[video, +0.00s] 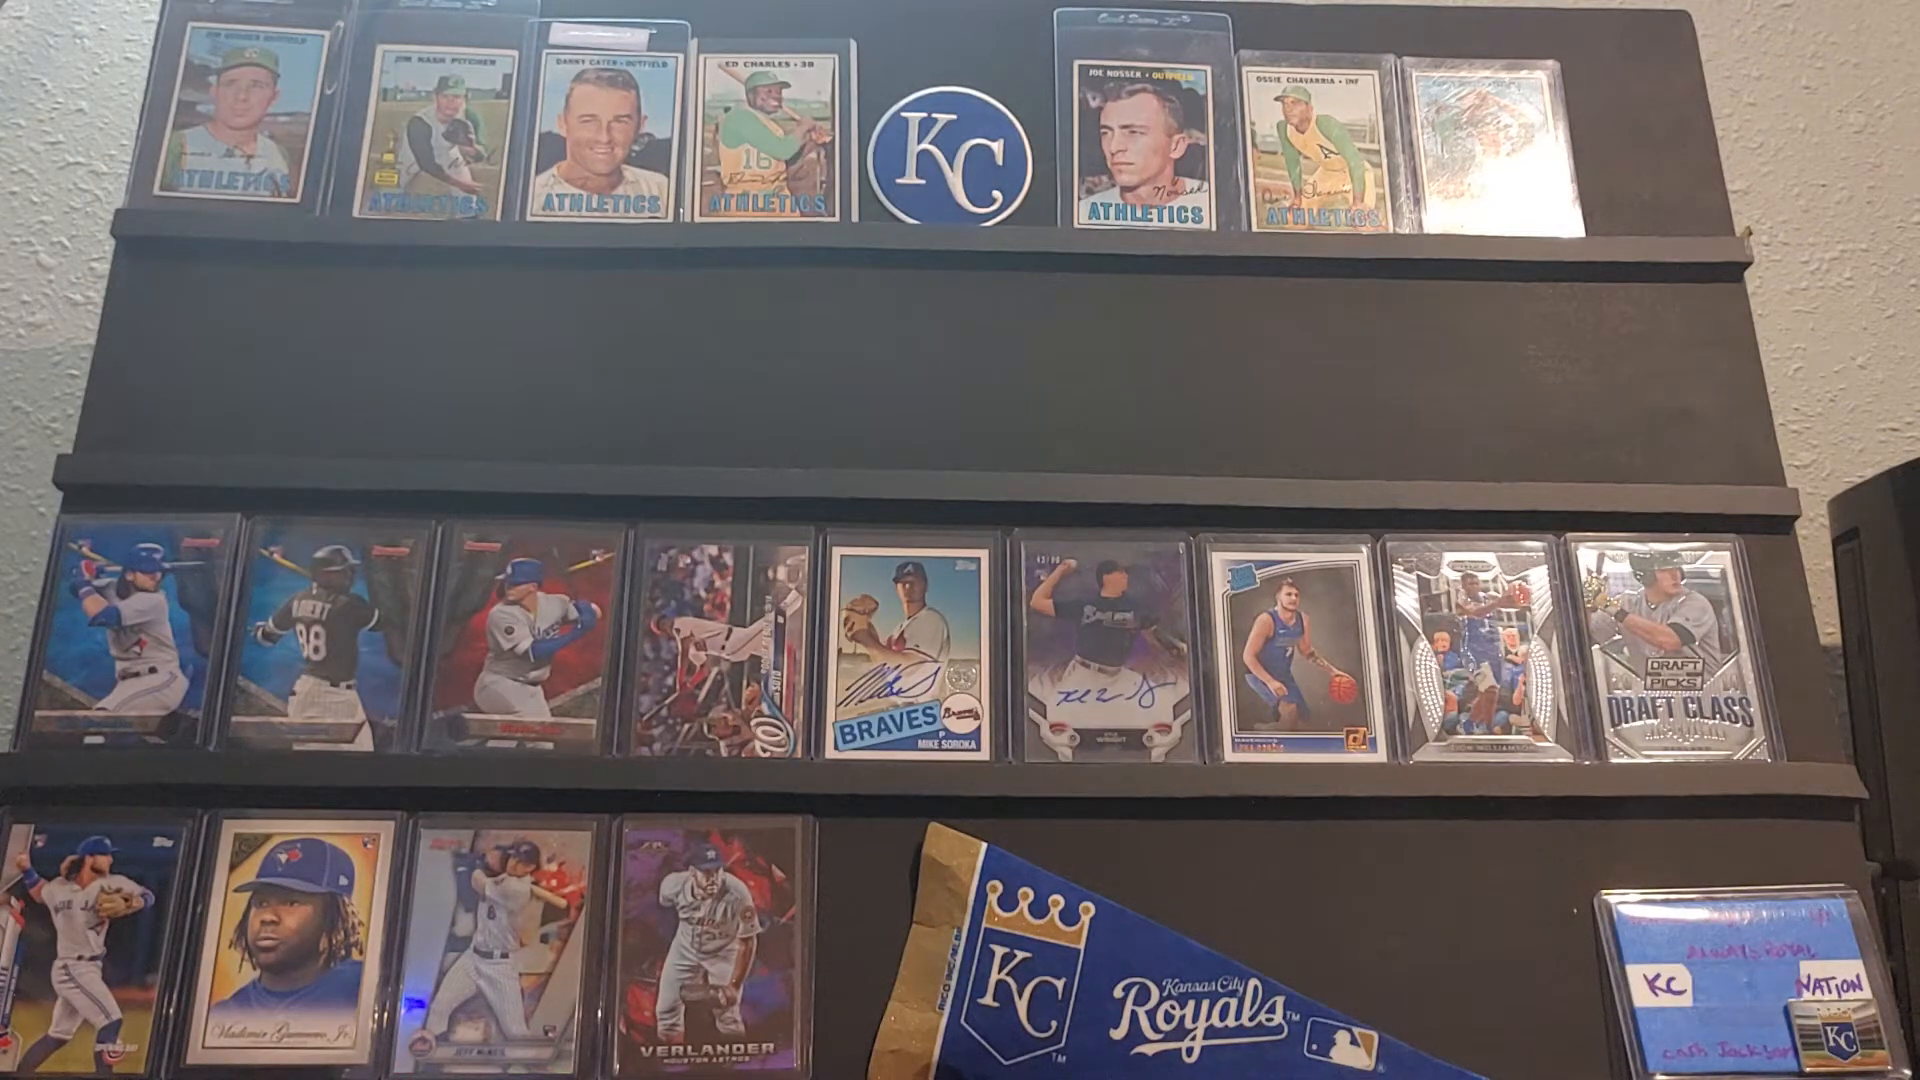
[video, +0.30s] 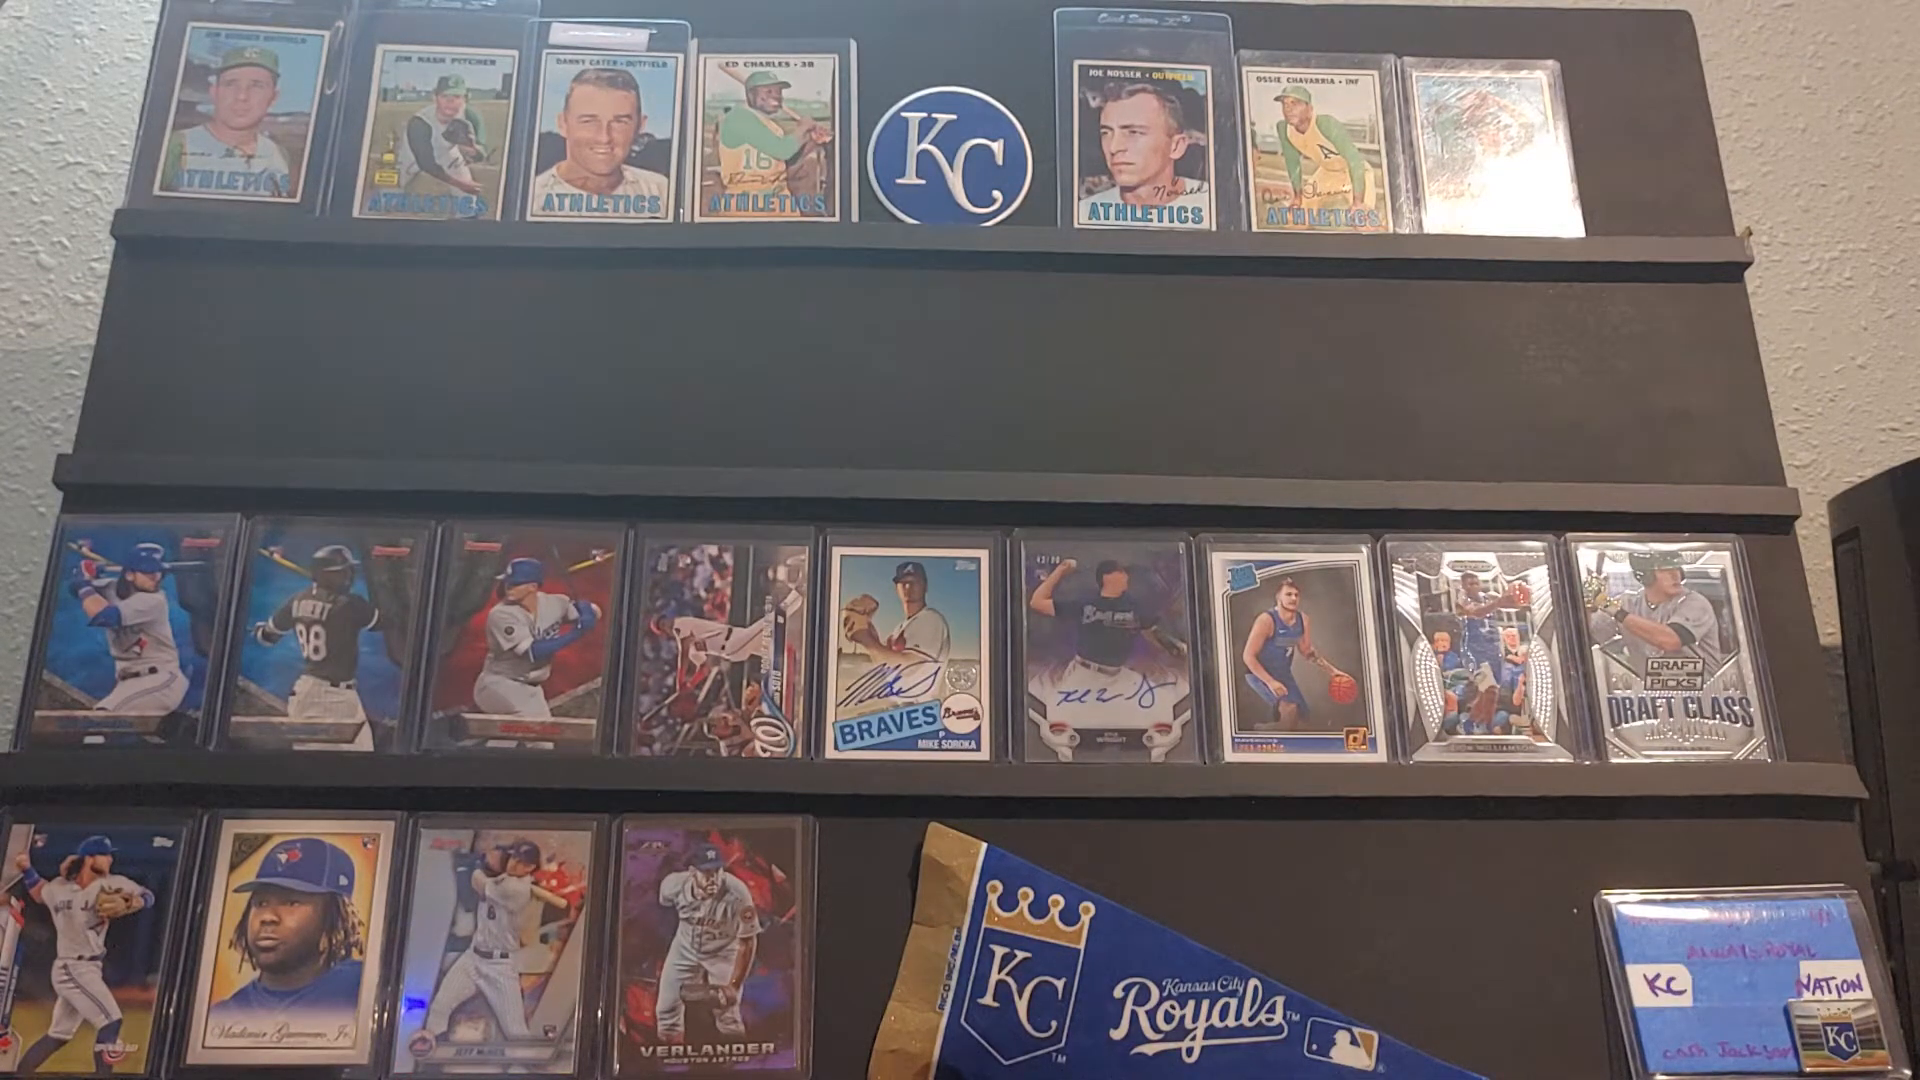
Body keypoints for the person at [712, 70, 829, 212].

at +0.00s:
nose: (777, 97)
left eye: (779, 92)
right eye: (770, 91)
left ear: (782, 93)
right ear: (752, 95)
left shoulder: (773, 126)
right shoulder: (739, 118)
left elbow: (784, 168)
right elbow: (783, 151)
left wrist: (811, 143)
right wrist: (802, 128)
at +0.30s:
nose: (776, 98)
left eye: (779, 92)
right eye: (769, 92)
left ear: (782, 93)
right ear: (751, 95)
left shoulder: (774, 127)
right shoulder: (738, 118)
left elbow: (783, 167)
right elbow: (782, 151)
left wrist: (812, 143)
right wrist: (802, 129)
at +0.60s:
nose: (776, 98)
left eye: (779, 92)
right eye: (769, 92)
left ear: (782, 93)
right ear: (752, 95)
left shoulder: (774, 126)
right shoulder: (738, 118)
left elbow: (784, 169)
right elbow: (782, 151)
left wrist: (812, 143)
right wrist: (803, 128)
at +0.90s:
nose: (777, 98)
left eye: (779, 93)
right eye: (770, 92)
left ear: (782, 93)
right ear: (752, 95)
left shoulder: (775, 127)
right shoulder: (738, 117)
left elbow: (783, 169)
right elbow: (782, 151)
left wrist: (812, 144)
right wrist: (803, 128)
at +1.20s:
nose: (777, 98)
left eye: (779, 93)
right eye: (770, 93)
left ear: (782, 93)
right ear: (752, 95)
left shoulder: (775, 127)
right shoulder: (738, 118)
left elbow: (783, 171)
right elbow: (782, 151)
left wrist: (811, 143)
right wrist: (802, 128)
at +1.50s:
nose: (777, 98)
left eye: (779, 92)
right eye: (770, 92)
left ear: (782, 93)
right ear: (753, 94)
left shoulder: (775, 128)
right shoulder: (738, 117)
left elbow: (784, 172)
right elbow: (781, 151)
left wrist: (811, 143)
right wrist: (803, 128)